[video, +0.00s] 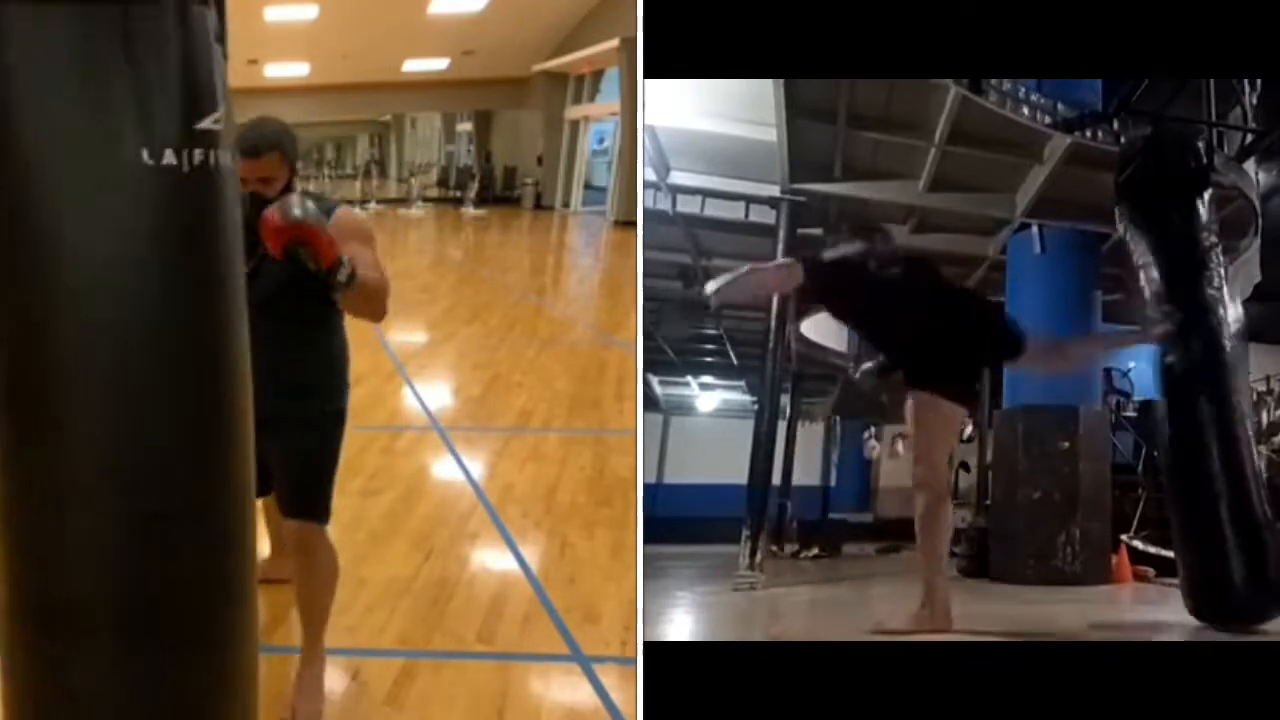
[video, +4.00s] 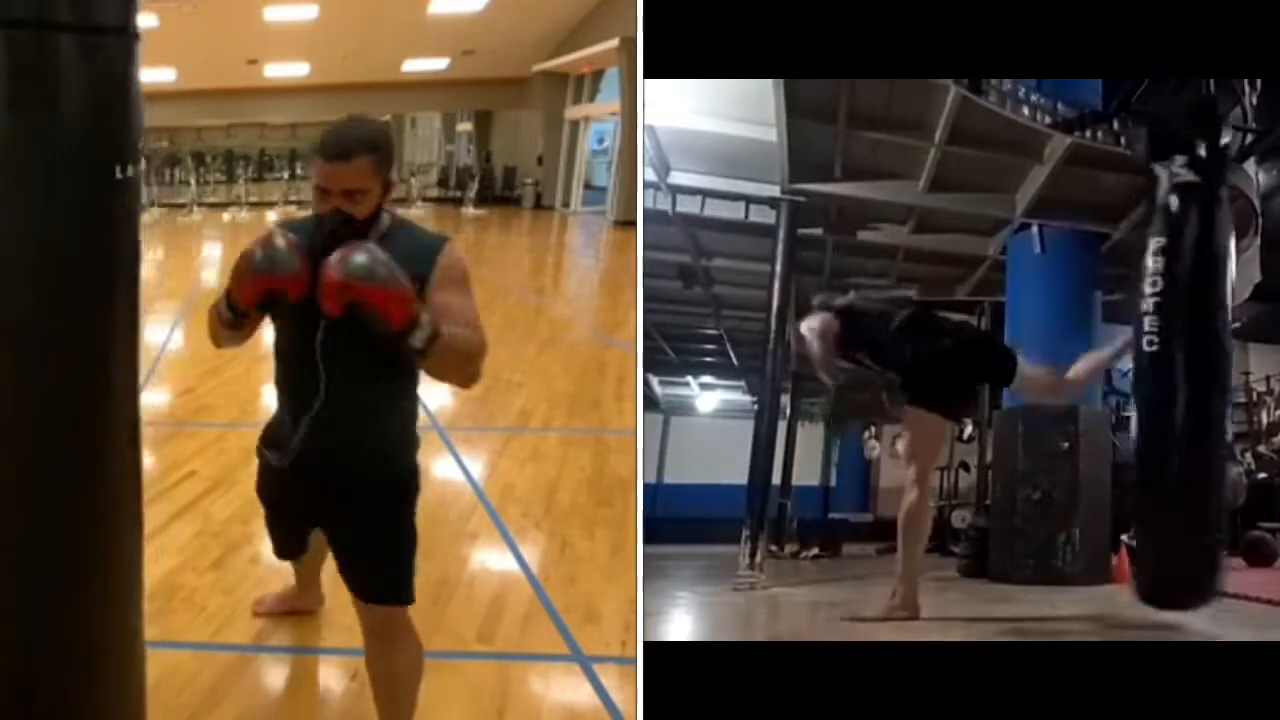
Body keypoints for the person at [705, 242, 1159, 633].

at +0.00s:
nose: (790, 307)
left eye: (789, 299)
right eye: (788, 303)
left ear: (801, 285)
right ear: (816, 288)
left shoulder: (829, 268)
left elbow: (751, 282)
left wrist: (713, 292)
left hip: (965, 328)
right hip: (940, 358)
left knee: (1060, 357)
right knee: (930, 486)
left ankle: (1151, 336)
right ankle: (934, 608)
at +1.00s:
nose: (883, 215)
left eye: (887, 207)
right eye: (874, 207)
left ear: (895, 213)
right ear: (853, 212)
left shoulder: (911, 256)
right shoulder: (830, 263)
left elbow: (943, 309)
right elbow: (786, 308)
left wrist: (906, 304)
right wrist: (792, 337)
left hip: (901, 380)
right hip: (848, 381)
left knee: (910, 480)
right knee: (829, 480)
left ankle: (914, 587)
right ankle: (842, 588)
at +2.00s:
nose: (889, 264)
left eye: (894, 260)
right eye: (884, 256)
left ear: (896, 268)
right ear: (863, 257)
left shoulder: (889, 306)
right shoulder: (833, 289)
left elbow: (881, 343)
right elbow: (812, 327)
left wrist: (908, 361)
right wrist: (864, 318)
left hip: (867, 406)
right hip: (825, 402)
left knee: (897, 459)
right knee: (799, 483)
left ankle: (865, 546)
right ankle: (788, 576)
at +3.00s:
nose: (895, 257)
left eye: (901, 253)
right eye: (888, 249)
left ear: (905, 259)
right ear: (868, 248)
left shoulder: (904, 293)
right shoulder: (837, 282)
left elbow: (933, 344)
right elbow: (799, 321)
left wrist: (933, 317)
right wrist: (846, 299)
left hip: (889, 401)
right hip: (841, 398)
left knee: (911, 490)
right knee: (810, 486)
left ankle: (917, 582)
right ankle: (799, 585)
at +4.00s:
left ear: (817, 318)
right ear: (834, 304)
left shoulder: (828, 318)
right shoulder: (869, 308)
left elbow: (812, 330)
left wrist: (823, 365)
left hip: (930, 367)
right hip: (966, 341)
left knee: (918, 484)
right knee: (1063, 387)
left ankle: (906, 597)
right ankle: (1123, 345)